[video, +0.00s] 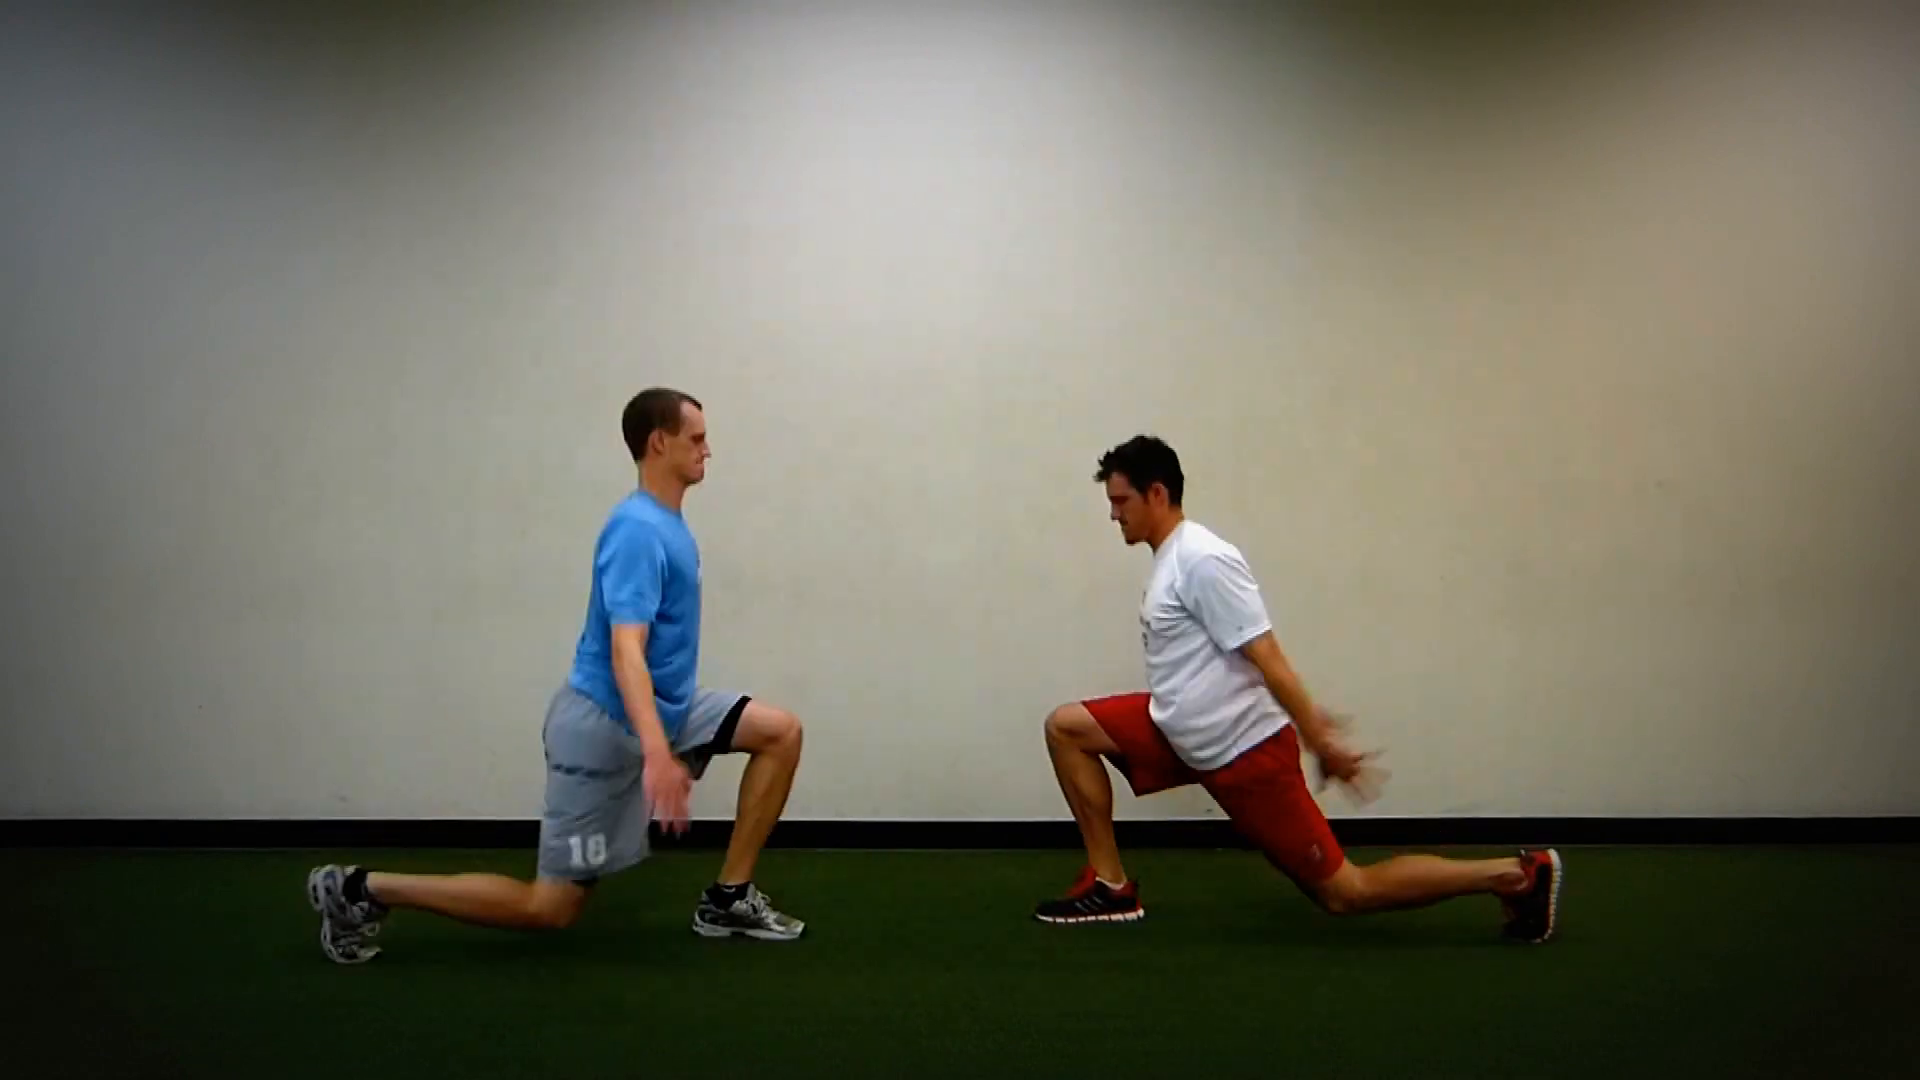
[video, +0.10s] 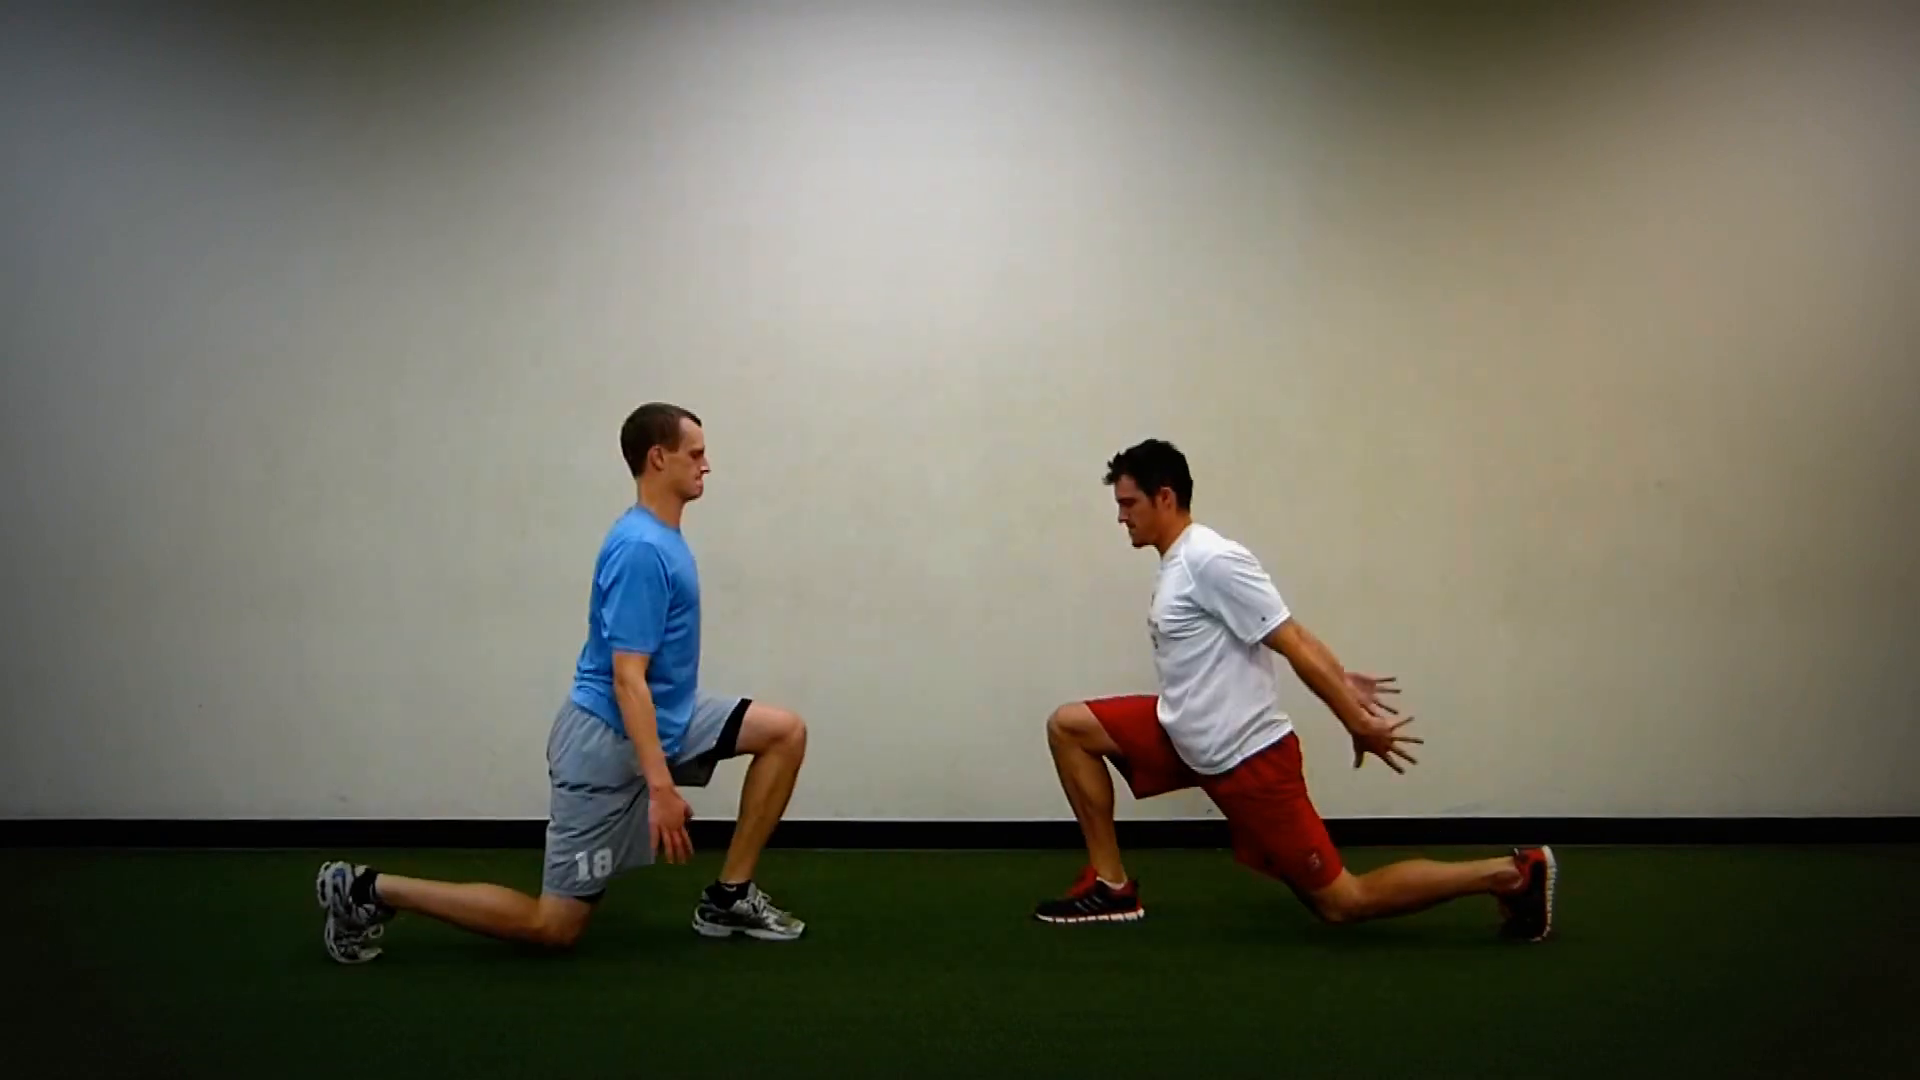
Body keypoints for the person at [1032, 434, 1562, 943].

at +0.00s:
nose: (1112, 514)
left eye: (1117, 501)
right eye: (1110, 502)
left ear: (1156, 495)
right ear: (1151, 496)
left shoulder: (1205, 563)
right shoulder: (1172, 561)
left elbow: (1271, 662)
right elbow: (1242, 658)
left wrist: (1319, 742)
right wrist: (1314, 725)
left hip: (1244, 744)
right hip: (1185, 726)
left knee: (1343, 890)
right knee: (1067, 727)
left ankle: (1519, 875)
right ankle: (1108, 884)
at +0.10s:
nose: (1120, 518)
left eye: (1126, 504)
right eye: (1118, 506)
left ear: (1166, 498)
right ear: (1155, 502)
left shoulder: (1212, 562)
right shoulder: (1182, 562)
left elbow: (1288, 639)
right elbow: (1275, 628)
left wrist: (1353, 719)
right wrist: (1338, 678)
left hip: (1247, 747)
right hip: (1191, 728)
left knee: (1340, 903)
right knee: (1070, 726)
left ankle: (1514, 874)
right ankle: (1108, 884)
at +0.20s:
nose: (1126, 511)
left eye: (1132, 497)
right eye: (1124, 499)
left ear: (1172, 491)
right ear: (1159, 494)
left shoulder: (1218, 555)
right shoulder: (1183, 555)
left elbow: (1287, 637)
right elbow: (1273, 635)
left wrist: (1341, 723)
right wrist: (1336, 706)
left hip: (1252, 741)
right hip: (1193, 721)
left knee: (1344, 897)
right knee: (1074, 726)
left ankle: (1517, 873)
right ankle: (1108, 884)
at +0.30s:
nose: (1133, 504)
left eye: (1140, 490)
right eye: (1130, 492)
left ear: (1180, 485)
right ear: (1170, 487)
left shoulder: (1221, 548)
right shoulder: (1187, 549)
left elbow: (1284, 638)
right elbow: (1229, 650)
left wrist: (1318, 735)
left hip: (1256, 736)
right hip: (1196, 717)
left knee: (1345, 893)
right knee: (1077, 725)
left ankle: (1520, 874)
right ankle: (1109, 884)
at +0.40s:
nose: (1138, 504)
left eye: (1145, 490)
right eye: (1135, 492)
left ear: (1184, 486)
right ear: (1174, 487)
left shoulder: (1223, 549)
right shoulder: (1189, 550)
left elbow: (1285, 640)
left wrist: (1313, 738)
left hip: (1255, 738)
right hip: (1196, 718)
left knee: (1345, 895)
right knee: (1075, 726)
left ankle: (1518, 873)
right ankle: (1109, 884)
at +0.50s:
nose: (1138, 509)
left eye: (1145, 496)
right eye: (1135, 497)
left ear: (1184, 491)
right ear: (1175, 492)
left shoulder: (1226, 555)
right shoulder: (1191, 556)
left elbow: (1290, 648)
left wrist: (1322, 744)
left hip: (1256, 743)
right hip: (1196, 722)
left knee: (1344, 901)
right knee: (1074, 726)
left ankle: (1517, 874)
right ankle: (1108, 884)